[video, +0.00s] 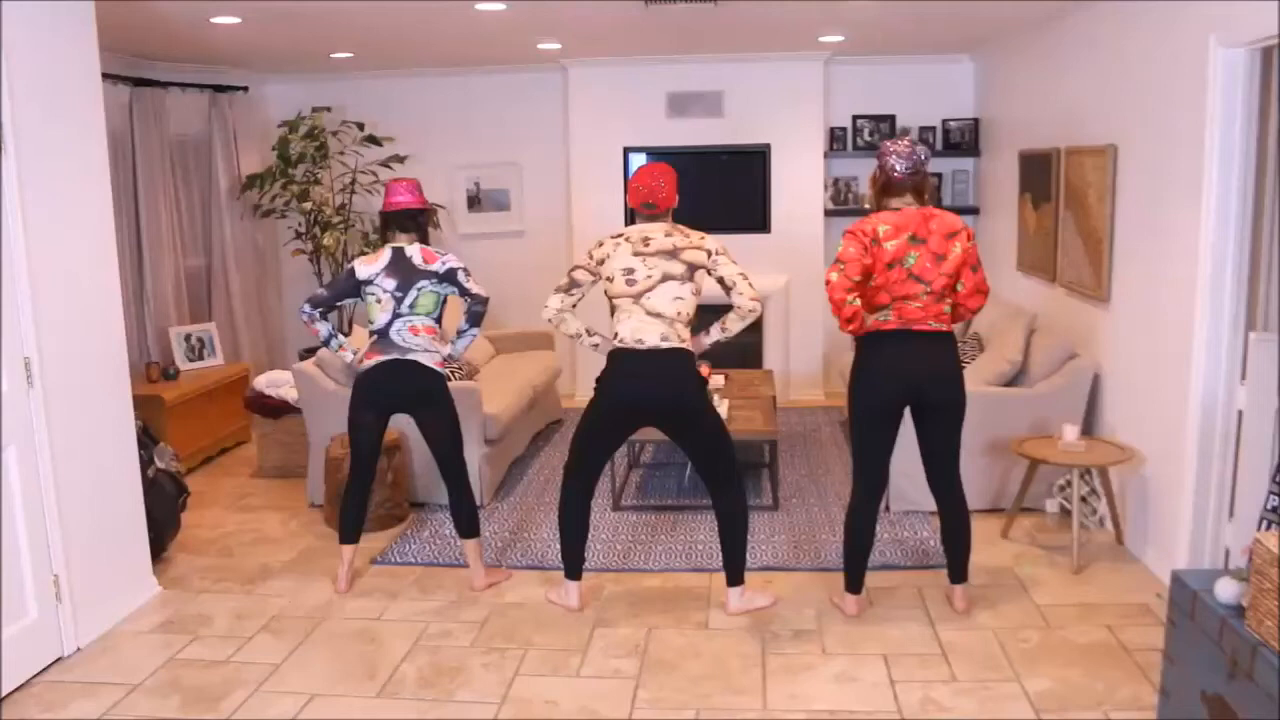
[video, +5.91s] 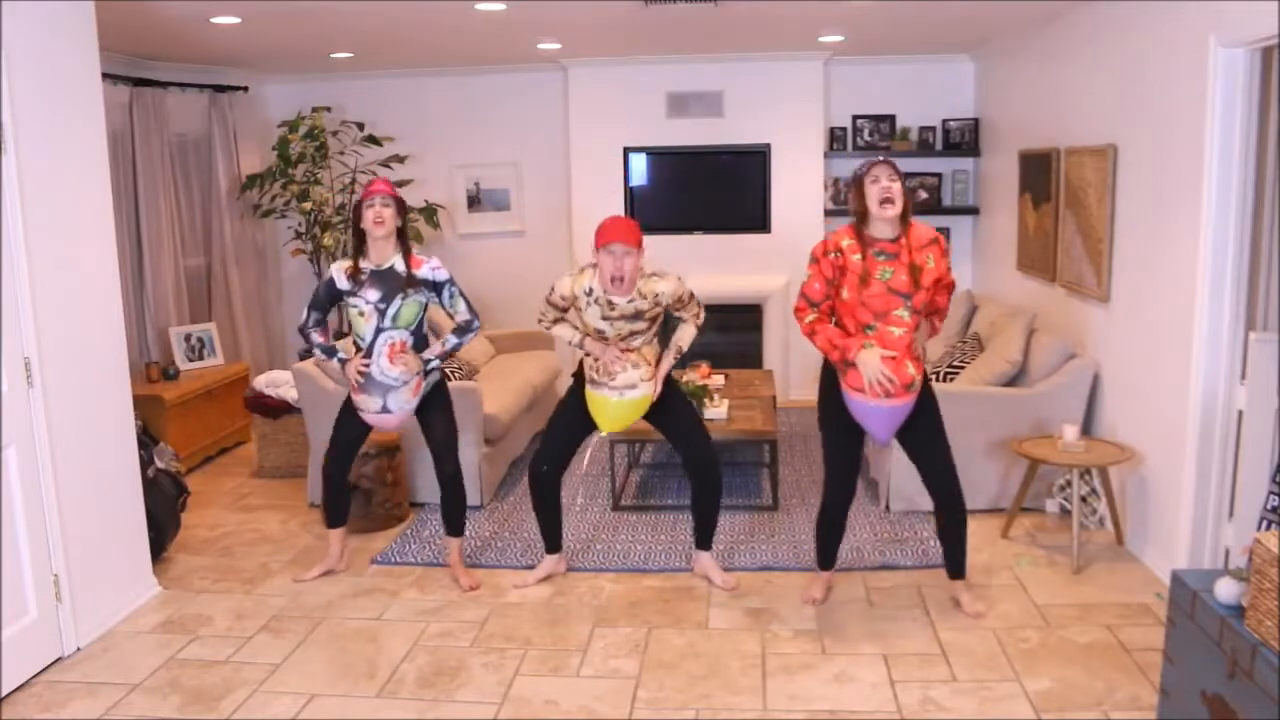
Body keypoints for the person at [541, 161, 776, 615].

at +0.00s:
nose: (651, 204)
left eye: (641, 197)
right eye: (667, 196)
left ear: (631, 202)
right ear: (674, 201)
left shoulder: (607, 247)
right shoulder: (700, 244)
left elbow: (556, 309)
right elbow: (748, 302)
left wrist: (605, 345)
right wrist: (701, 341)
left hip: (622, 379)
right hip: (679, 381)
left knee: (578, 476)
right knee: (725, 479)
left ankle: (571, 588)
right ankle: (736, 591)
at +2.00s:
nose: (668, 199)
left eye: (645, 194)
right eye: (671, 192)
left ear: (631, 199)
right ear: (674, 198)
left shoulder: (606, 243)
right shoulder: (699, 240)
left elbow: (555, 305)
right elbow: (746, 300)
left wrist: (603, 341)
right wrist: (701, 338)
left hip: (619, 376)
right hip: (676, 377)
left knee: (579, 475)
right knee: (721, 477)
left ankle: (571, 588)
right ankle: (736, 591)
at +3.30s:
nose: (617, 212)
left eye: (610, 206)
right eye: (624, 203)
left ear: (606, 205)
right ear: (647, 201)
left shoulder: (591, 240)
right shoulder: (680, 231)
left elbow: (562, 299)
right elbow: (709, 300)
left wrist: (598, 342)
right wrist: (670, 314)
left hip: (624, 367)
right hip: (675, 365)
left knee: (576, 471)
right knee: (701, 471)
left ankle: (598, 582)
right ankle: (714, 582)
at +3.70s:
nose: (573, 193)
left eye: (580, 186)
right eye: (575, 185)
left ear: (603, 193)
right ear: (613, 194)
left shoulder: (594, 234)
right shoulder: (642, 228)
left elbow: (612, 294)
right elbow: (667, 291)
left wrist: (609, 346)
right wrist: (628, 340)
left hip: (656, 359)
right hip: (686, 355)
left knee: (592, 466)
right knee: (662, 458)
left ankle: (626, 571)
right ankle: (683, 560)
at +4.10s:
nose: (559, 217)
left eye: (571, 210)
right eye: (558, 209)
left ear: (596, 220)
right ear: (556, 217)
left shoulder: (617, 262)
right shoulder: (583, 258)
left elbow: (683, 296)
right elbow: (615, 292)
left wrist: (650, 342)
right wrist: (595, 314)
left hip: (672, 363)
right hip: (637, 363)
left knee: (646, 465)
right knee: (600, 456)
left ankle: (666, 577)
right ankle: (631, 545)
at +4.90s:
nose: (627, 205)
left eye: (635, 196)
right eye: (619, 196)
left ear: (649, 192)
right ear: (606, 194)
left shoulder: (674, 226)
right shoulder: (584, 224)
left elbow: (716, 272)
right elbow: (546, 279)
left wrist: (680, 320)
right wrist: (599, 288)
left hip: (656, 350)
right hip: (603, 352)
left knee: (694, 445)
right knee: (585, 451)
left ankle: (701, 547)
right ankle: (598, 550)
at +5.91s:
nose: (619, 265)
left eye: (627, 254)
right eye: (611, 254)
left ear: (641, 257)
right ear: (596, 255)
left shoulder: (664, 287)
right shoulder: (574, 286)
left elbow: (694, 315)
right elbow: (548, 318)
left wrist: (664, 365)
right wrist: (594, 347)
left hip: (652, 380)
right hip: (593, 381)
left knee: (704, 459)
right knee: (543, 468)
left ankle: (703, 553)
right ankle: (554, 555)